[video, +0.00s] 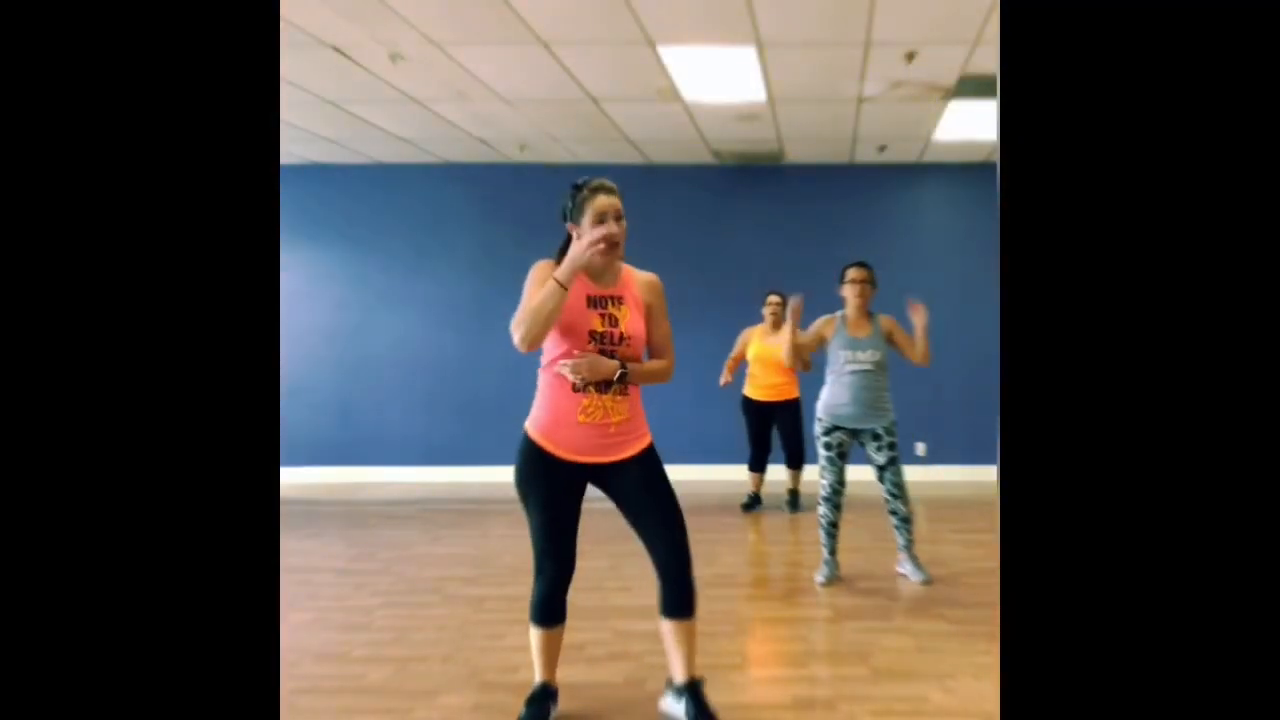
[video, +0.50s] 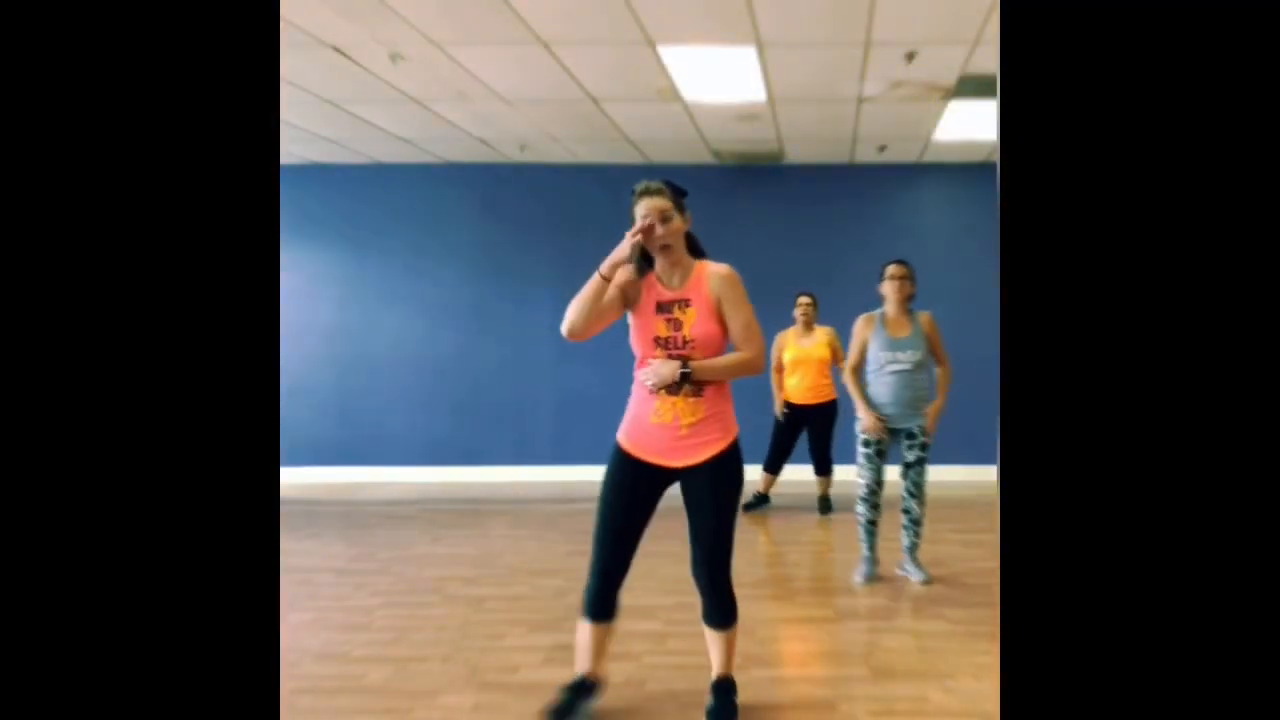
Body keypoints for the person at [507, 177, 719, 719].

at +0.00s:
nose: (613, 228)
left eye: (620, 218)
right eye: (601, 220)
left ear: (626, 225)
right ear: (574, 229)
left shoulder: (645, 285)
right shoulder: (548, 275)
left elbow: (664, 367)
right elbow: (525, 337)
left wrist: (613, 368)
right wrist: (570, 269)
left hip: (627, 449)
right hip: (553, 450)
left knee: (674, 558)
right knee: (553, 573)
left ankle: (684, 688)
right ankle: (543, 690)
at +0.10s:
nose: (615, 231)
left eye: (623, 221)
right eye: (603, 222)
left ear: (634, 228)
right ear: (583, 233)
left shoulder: (660, 290)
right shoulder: (562, 282)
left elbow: (679, 373)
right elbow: (528, 337)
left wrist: (620, 373)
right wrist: (571, 272)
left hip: (635, 452)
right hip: (560, 450)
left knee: (681, 574)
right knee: (555, 576)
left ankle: (708, 677)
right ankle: (544, 689)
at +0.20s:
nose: (621, 234)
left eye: (629, 224)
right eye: (610, 226)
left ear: (645, 231)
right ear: (596, 238)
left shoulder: (676, 291)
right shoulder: (583, 289)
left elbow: (700, 373)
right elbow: (540, 340)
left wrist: (637, 376)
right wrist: (581, 273)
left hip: (650, 457)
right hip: (578, 450)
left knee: (675, 581)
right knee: (562, 576)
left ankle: (720, 678)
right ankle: (545, 689)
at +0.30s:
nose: (631, 233)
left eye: (640, 223)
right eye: (621, 227)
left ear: (659, 227)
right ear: (610, 238)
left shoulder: (694, 286)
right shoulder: (603, 288)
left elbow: (724, 368)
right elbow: (556, 338)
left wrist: (656, 374)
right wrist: (595, 274)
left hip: (674, 453)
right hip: (602, 447)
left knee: (690, 578)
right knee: (575, 572)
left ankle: (718, 684)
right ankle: (547, 689)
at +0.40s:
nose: (644, 232)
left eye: (653, 221)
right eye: (634, 226)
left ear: (674, 224)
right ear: (624, 237)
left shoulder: (708, 283)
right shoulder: (622, 286)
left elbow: (742, 363)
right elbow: (567, 334)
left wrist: (673, 370)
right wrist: (605, 269)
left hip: (696, 447)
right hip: (626, 445)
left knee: (704, 575)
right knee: (590, 572)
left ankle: (721, 686)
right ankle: (552, 686)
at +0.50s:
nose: (656, 229)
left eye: (664, 218)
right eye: (646, 222)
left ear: (685, 221)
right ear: (637, 232)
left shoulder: (718, 278)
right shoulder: (631, 285)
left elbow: (753, 357)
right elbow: (575, 329)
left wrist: (687, 368)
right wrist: (612, 264)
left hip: (710, 444)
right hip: (642, 442)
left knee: (711, 572)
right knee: (605, 568)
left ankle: (722, 686)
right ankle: (586, 678)